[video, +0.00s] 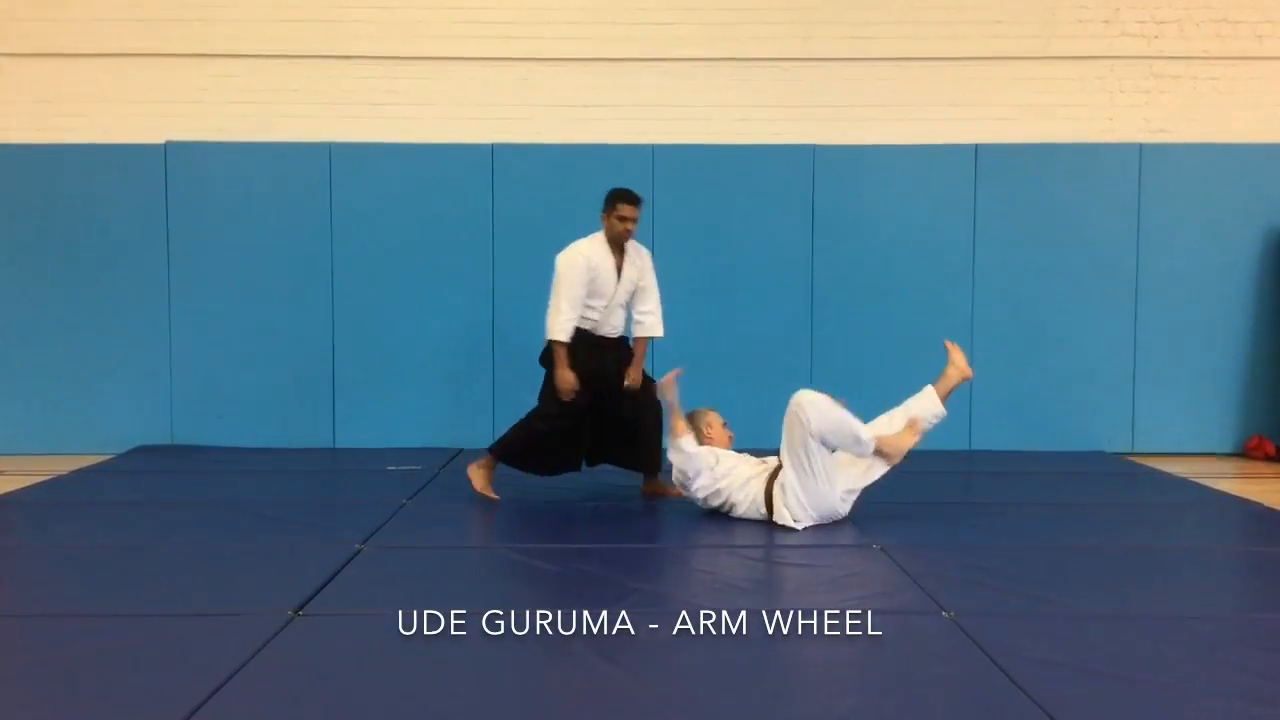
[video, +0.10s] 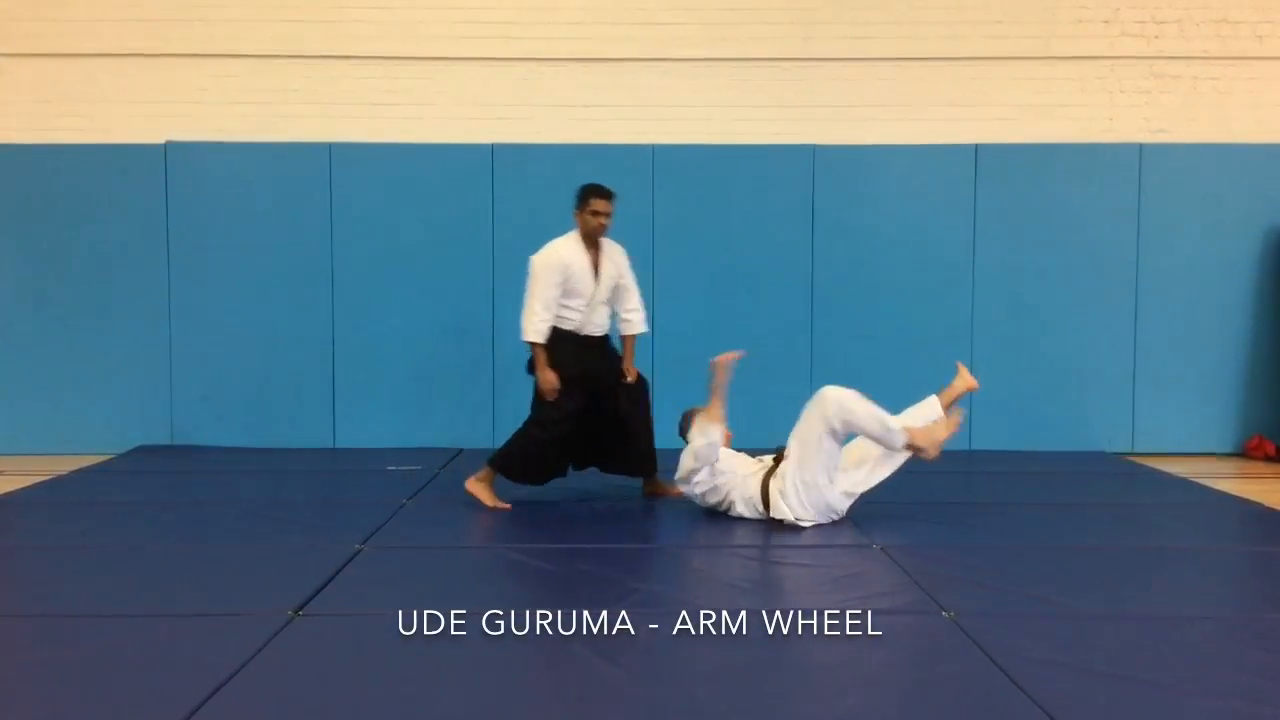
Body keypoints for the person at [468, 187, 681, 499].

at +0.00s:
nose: (629, 227)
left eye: (634, 221)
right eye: (623, 220)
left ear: (638, 222)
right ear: (605, 218)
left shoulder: (640, 257)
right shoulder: (577, 255)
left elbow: (645, 312)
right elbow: (560, 312)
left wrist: (637, 362)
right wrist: (561, 365)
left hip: (613, 350)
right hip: (575, 346)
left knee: (647, 400)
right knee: (552, 415)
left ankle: (652, 482)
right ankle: (485, 465)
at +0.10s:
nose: (602, 222)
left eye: (607, 216)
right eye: (595, 214)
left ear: (611, 218)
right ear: (578, 214)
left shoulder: (615, 255)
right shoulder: (552, 256)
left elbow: (629, 308)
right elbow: (536, 314)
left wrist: (628, 360)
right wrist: (542, 368)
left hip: (597, 347)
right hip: (559, 345)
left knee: (635, 392)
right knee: (552, 417)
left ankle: (651, 481)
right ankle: (483, 479)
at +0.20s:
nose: (574, 215)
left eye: (578, 209)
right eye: (567, 208)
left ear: (582, 212)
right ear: (548, 209)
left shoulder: (586, 251)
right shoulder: (523, 253)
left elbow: (600, 304)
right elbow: (511, 312)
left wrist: (613, 351)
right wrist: (522, 362)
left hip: (573, 347)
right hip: (536, 346)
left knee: (612, 395)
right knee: (537, 421)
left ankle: (645, 475)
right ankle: (476, 486)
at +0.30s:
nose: (552, 207)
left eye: (555, 201)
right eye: (544, 201)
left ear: (558, 204)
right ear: (525, 203)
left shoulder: (561, 246)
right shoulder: (500, 248)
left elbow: (574, 301)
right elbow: (488, 309)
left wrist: (590, 348)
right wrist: (501, 360)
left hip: (552, 341)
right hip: (514, 341)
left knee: (588, 399)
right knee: (518, 418)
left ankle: (610, 478)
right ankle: (475, 488)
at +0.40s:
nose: (536, 192)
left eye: (538, 186)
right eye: (528, 186)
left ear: (540, 190)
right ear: (507, 192)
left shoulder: (544, 234)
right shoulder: (485, 236)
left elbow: (554, 291)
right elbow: (466, 295)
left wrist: (572, 334)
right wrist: (485, 340)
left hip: (535, 331)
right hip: (498, 331)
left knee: (560, 398)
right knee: (495, 411)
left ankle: (565, 481)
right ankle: (475, 488)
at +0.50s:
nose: (527, 174)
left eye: (528, 168)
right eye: (519, 169)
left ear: (527, 173)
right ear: (498, 175)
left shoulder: (533, 217)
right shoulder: (475, 217)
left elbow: (543, 269)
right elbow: (453, 268)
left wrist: (570, 303)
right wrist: (487, 306)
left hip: (518, 316)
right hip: (481, 315)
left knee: (526, 389)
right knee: (482, 395)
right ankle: (472, 481)